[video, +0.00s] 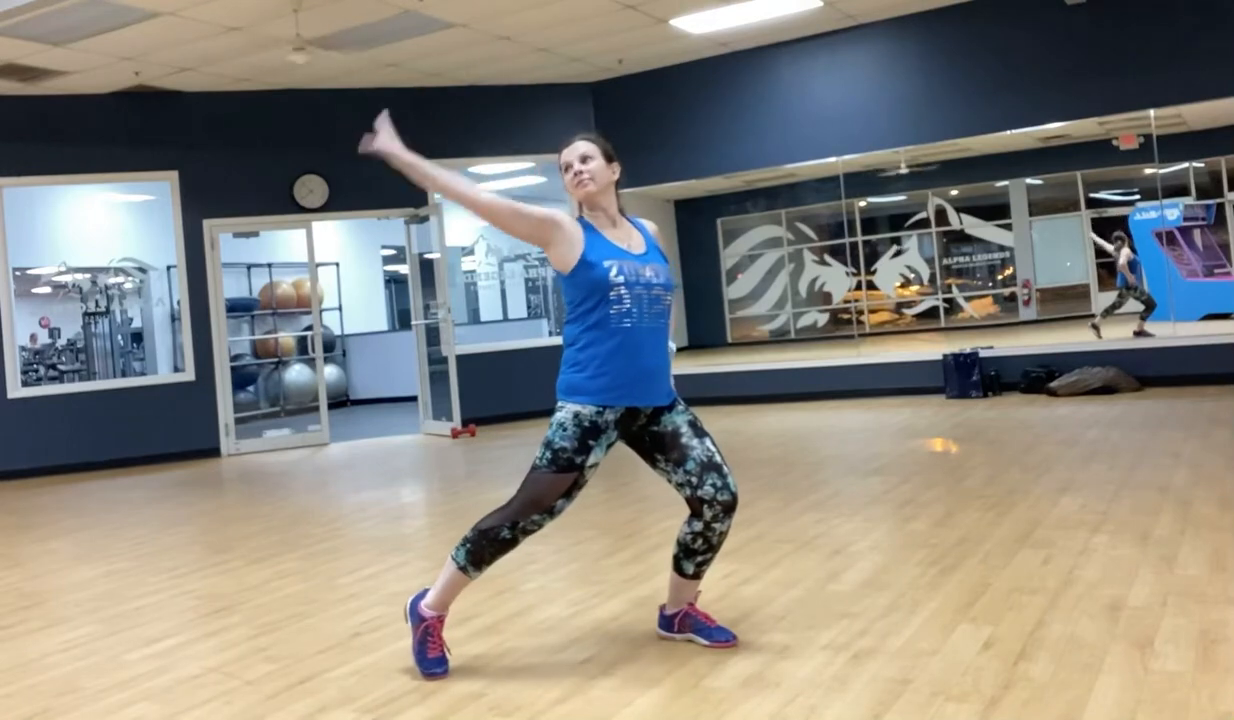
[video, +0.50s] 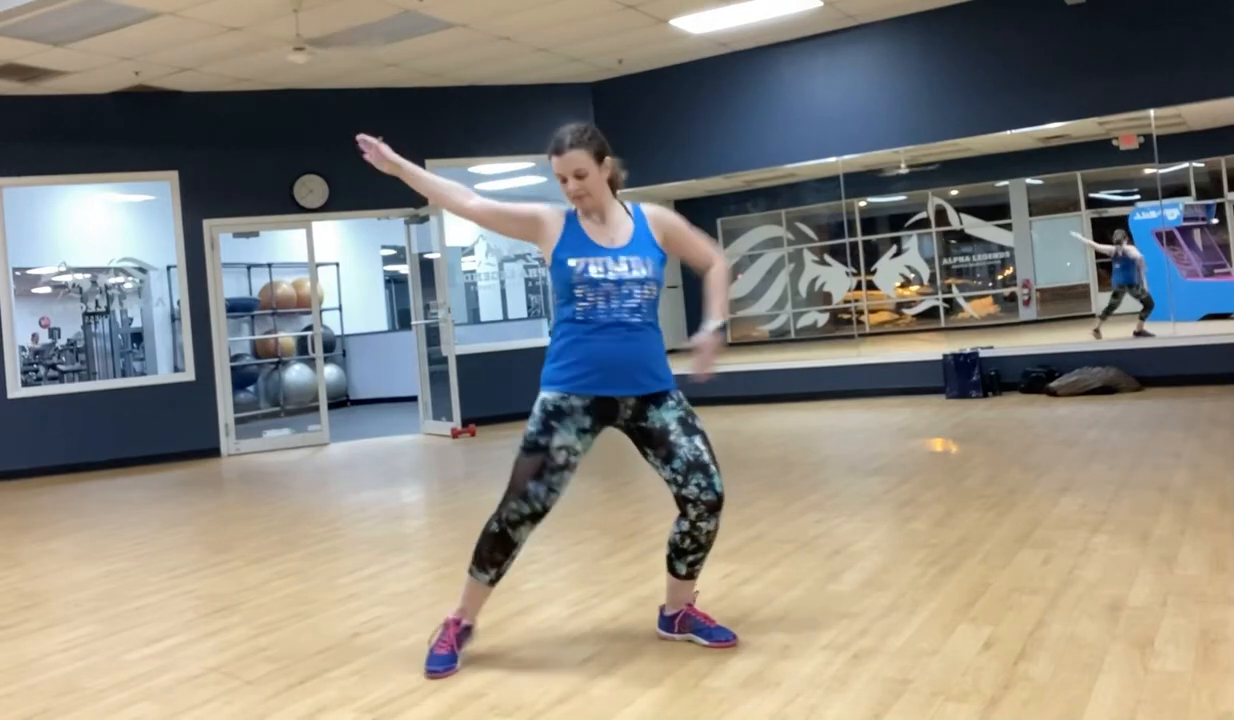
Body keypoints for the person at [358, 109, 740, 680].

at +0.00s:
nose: (575, 170)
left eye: (585, 160)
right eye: (566, 169)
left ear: (615, 171)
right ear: (565, 187)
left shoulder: (645, 234)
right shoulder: (562, 230)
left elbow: (655, 310)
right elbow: (473, 197)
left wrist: (659, 369)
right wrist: (400, 154)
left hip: (655, 400)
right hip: (589, 404)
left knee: (717, 497)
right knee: (531, 511)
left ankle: (679, 609)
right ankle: (429, 609)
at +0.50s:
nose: (572, 188)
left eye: (580, 175)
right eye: (563, 180)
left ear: (607, 169)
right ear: (556, 181)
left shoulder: (654, 221)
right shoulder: (551, 223)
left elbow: (716, 263)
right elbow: (470, 203)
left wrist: (712, 326)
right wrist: (399, 166)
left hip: (650, 389)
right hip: (571, 392)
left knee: (704, 495)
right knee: (524, 504)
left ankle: (678, 610)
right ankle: (460, 623)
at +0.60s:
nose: (567, 185)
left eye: (575, 172)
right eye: (558, 176)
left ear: (602, 161)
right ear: (552, 173)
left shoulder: (653, 208)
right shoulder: (547, 217)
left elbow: (730, 237)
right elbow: (468, 202)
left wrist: (753, 305)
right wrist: (396, 169)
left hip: (647, 379)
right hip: (569, 382)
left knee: (697, 489)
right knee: (518, 494)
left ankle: (678, 610)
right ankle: (476, 620)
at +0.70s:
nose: (551, 174)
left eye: (559, 162)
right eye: (542, 166)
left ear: (586, 148)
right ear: (535, 161)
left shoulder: (629, 188)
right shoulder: (532, 199)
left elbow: (713, 193)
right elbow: (460, 198)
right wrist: (393, 200)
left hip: (634, 366)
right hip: (558, 373)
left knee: (679, 476)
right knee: (519, 479)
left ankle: (687, 598)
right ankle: (536, 613)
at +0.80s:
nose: (545, 177)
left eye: (554, 164)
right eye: (536, 167)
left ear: (579, 152)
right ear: (526, 163)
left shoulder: (617, 190)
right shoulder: (522, 203)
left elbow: (702, 181)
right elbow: (462, 209)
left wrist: (778, 155)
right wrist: (412, 236)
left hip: (624, 367)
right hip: (550, 377)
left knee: (680, 473)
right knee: (520, 487)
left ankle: (709, 584)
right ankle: (539, 619)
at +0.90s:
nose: (536, 188)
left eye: (545, 176)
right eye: (526, 180)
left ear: (569, 163)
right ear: (516, 175)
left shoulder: (602, 205)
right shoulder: (519, 226)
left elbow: (689, 190)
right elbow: (492, 279)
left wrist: (763, 156)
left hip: (611, 384)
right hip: (543, 392)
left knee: (675, 491)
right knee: (506, 494)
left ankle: (752, 580)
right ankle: (539, 620)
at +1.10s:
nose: (529, 195)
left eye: (538, 182)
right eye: (519, 185)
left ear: (563, 173)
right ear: (510, 182)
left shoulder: (593, 223)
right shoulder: (527, 233)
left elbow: (674, 240)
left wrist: (759, 240)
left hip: (603, 395)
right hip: (540, 401)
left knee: (665, 500)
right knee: (499, 502)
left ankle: (752, 584)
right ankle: (539, 620)